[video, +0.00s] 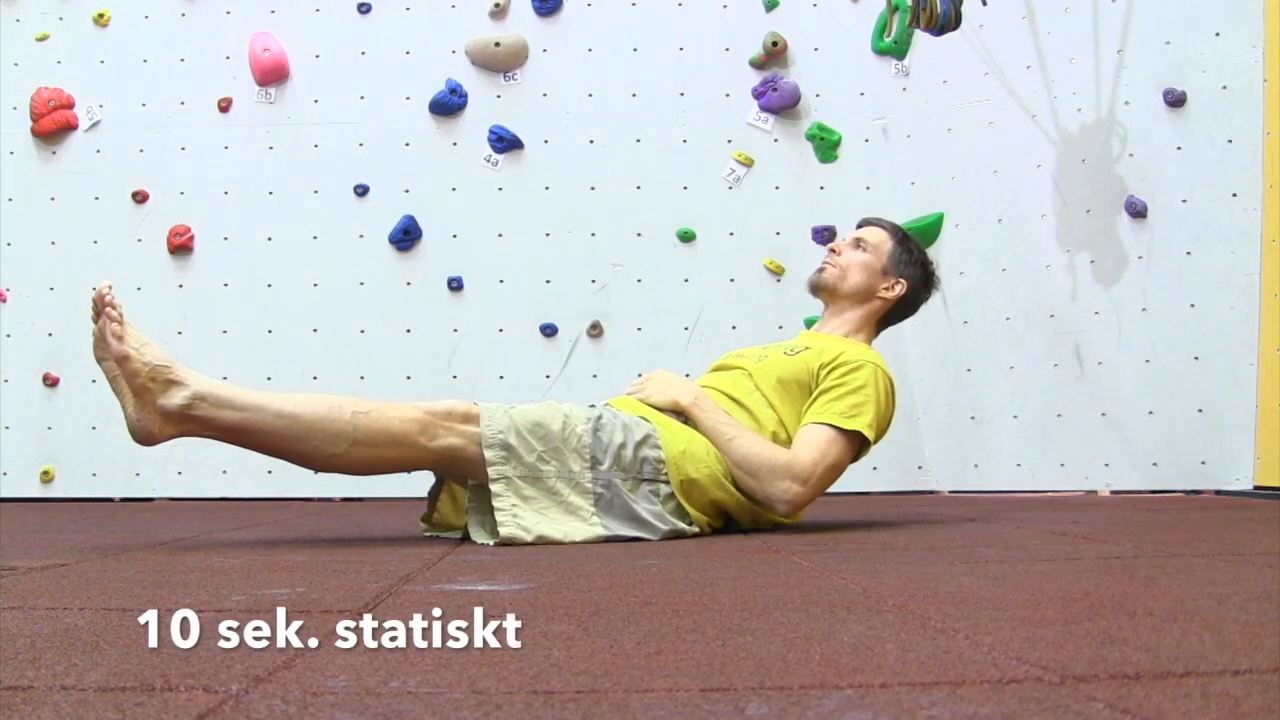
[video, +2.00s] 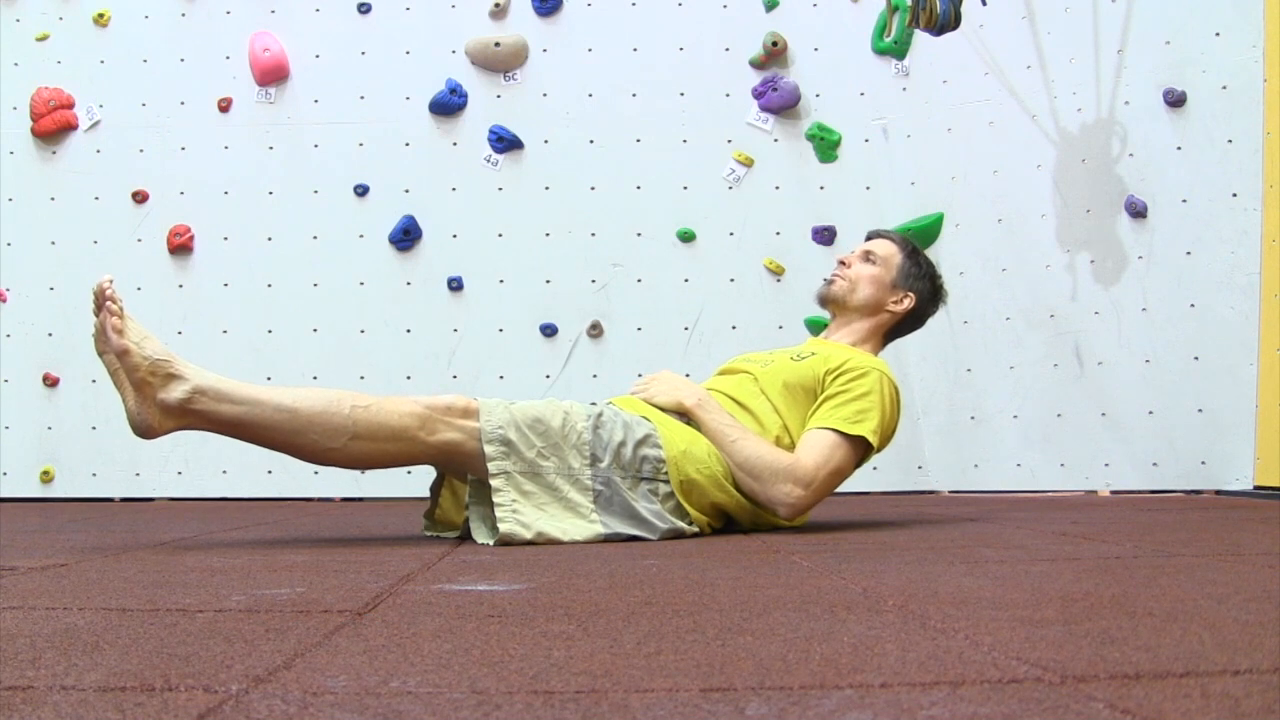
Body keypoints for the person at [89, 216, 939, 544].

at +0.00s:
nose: (833, 247)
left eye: (857, 247)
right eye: (841, 239)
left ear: (889, 292)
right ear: (843, 274)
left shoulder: (859, 368)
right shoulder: (797, 354)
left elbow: (790, 490)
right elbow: (749, 466)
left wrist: (696, 399)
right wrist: (674, 402)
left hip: (663, 460)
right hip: (641, 446)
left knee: (442, 428)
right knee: (429, 431)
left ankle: (177, 400)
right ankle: (178, 403)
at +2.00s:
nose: (846, 256)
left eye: (870, 256)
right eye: (856, 247)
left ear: (897, 303)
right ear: (862, 285)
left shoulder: (865, 378)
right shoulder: (805, 359)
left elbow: (792, 493)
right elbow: (750, 469)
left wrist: (701, 403)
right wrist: (674, 407)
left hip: (660, 461)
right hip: (641, 446)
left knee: (443, 426)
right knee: (435, 422)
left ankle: (179, 395)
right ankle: (181, 397)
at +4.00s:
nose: (845, 265)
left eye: (869, 263)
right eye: (851, 255)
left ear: (900, 307)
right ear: (849, 287)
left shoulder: (867, 381)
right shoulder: (797, 366)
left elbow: (793, 496)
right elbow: (738, 461)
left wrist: (704, 403)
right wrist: (665, 405)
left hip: (656, 457)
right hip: (626, 445)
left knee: (455, 414)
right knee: (407, 448)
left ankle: (192, 364)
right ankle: (171, 450)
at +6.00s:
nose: (837, 262)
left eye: (860, 259)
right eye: (843, 252)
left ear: (897, 301)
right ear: (855, 290)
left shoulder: (866, 377)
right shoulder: (800, 364)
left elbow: (795, 495)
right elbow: (741, 460)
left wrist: (703, 403)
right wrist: (667, 407)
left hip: (654, 455)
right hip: (622, 446)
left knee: (457, 403)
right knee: (413, 447)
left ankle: (192, 354)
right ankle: (178, 465)